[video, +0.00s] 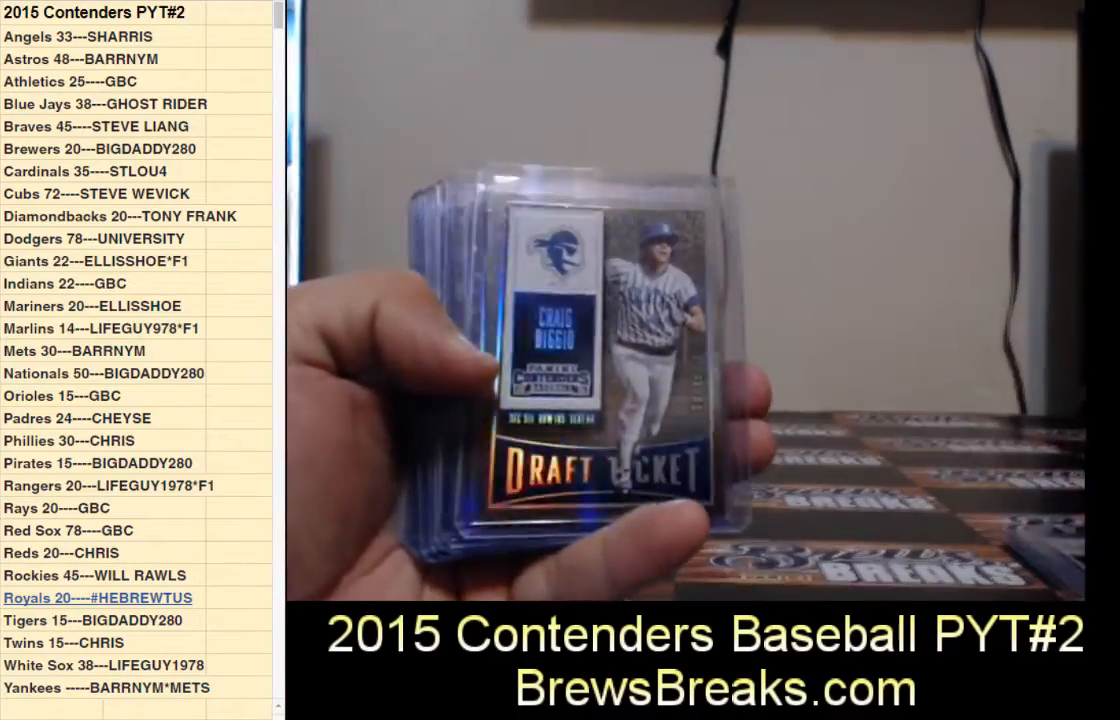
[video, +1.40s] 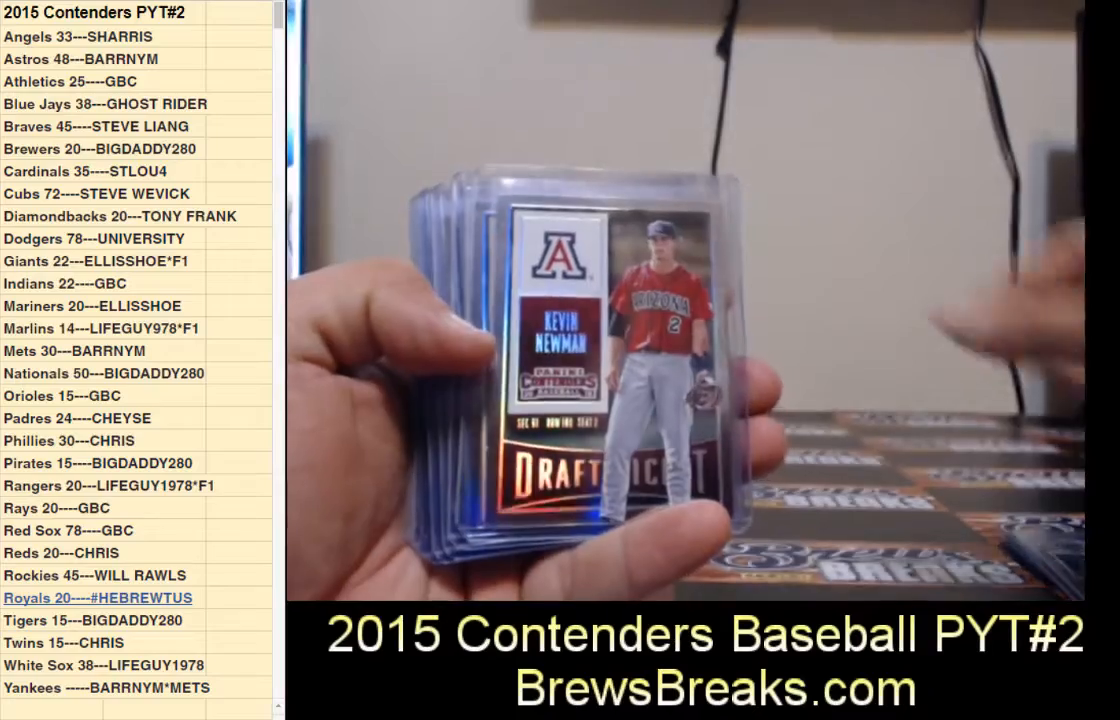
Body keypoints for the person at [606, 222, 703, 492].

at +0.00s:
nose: (664, 248)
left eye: (668, 244)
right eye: (658, 244)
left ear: (672, 249)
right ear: (645, 247)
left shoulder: (680, 280)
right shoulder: (624, 272)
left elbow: (700, 324)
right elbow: (587, 268)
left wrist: (688, 319)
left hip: (664, 358)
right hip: (629, 352)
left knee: (655, 421)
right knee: (638, 395)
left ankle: (638, 454)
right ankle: (624, 465)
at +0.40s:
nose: (686, 247)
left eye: (690, 242)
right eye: (680, 242)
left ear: (695, 247)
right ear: (667, 245)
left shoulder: (700, 279)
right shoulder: (645, 270)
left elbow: (719, 318)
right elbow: (606, 267)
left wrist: (715, 321)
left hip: (683, 360)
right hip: (648, 354)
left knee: (674, 420)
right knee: (652, 405)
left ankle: (659, 469)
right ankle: (640, 473)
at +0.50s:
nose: (700, 249)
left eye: (704, 243)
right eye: (693, 243)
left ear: (709, 249)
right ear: (679, 245)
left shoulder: (715, 281)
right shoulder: (655, 269)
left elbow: (729, 320)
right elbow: (614, 267)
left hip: (693, 363)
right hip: (657, 355)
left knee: (681, 425)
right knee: (663, 400)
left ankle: (662, 470)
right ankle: (647, 474)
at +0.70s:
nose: (658, 244)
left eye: (664, 238)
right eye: (653, 238)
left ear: (674, 242)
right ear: (647, 242)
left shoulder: (689, 281)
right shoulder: (630, 276)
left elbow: (696, 327)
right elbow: (615, 327)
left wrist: (696, 367)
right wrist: (611, 366)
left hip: (672, 363)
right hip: (632, 363)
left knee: (671, 444)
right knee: (612, 441)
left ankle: (673, 516)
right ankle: (605, 516)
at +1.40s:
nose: (659, 245)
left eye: (664, 240)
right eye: (654, 240)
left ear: (675, 244)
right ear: (648, 244)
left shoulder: (691, 283)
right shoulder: (634, 277)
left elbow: (700, 330)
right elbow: (617, 325)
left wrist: (702, 370)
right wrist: (613, 366)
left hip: (675, 364)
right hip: (636, 363)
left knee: (676, 446)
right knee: (618, 443)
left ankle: (680, 517)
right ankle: (612, 518)